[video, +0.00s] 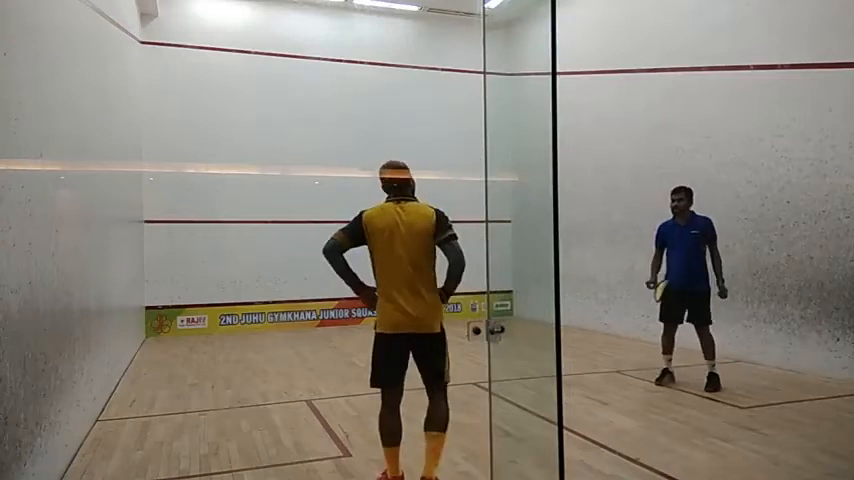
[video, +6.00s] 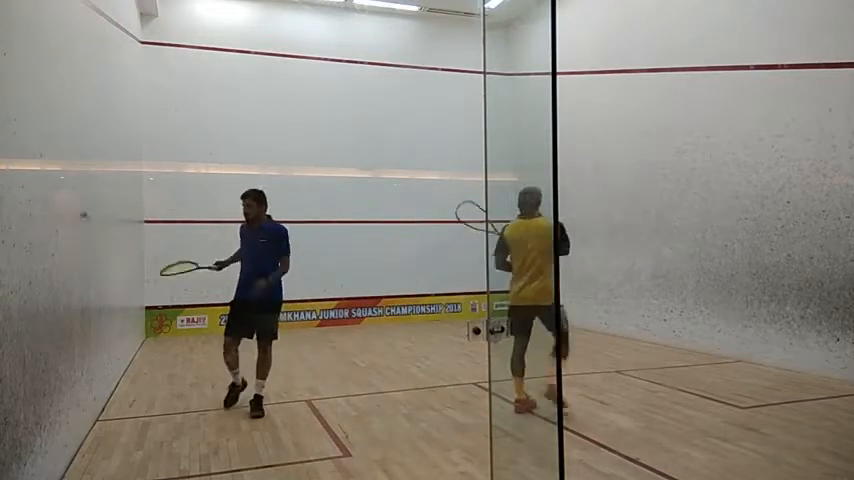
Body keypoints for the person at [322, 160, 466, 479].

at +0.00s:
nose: (407, 187)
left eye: (386, 185)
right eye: (409, 182)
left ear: (383, 187)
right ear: (412, 185)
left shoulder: (369, 218)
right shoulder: (433, 216)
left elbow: (331, 250)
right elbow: (458, 262)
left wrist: (361, 290)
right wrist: (443, 295)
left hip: (389, 325)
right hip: (429, 323)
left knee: (390, 401)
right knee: (437, 395)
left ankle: (393, 472)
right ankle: (430, 474)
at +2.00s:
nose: (357, 208)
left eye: (358, 203)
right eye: (359, 202)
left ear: (362, 205)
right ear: (387, 207)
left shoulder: (364, 230)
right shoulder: (402, 237)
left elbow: (362, 276)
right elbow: (410, 291)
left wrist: (338, 301)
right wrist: (365, 307)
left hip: (394, 331)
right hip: (418, 327)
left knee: (378, 403)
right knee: (407, 388)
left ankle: (410, 474)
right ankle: (422, 458)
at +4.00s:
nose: (385, 193)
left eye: (387, 189)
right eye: (396, 189)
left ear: (387, 192)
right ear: (411, 196)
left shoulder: (368, 225)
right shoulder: (422, 229)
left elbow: (354, 268)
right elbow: (438, 277)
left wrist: (348, 307)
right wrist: (447, 317)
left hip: (378, 318)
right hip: (412, 317)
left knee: (362, 373)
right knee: (417, 376)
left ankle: (359, 440)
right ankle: (418, 444)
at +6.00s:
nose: (531, 207)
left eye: (524, 203)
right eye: (537, 204)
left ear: (519, 204)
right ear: (539, 205)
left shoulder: (509, 230)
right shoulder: (552, 227)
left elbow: (499, 262)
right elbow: (564, 249)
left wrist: (520, 267)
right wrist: (542, 253)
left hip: (520, 299)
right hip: (546, 297)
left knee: (519, 345)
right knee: (562, 335)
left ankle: (520, 396)